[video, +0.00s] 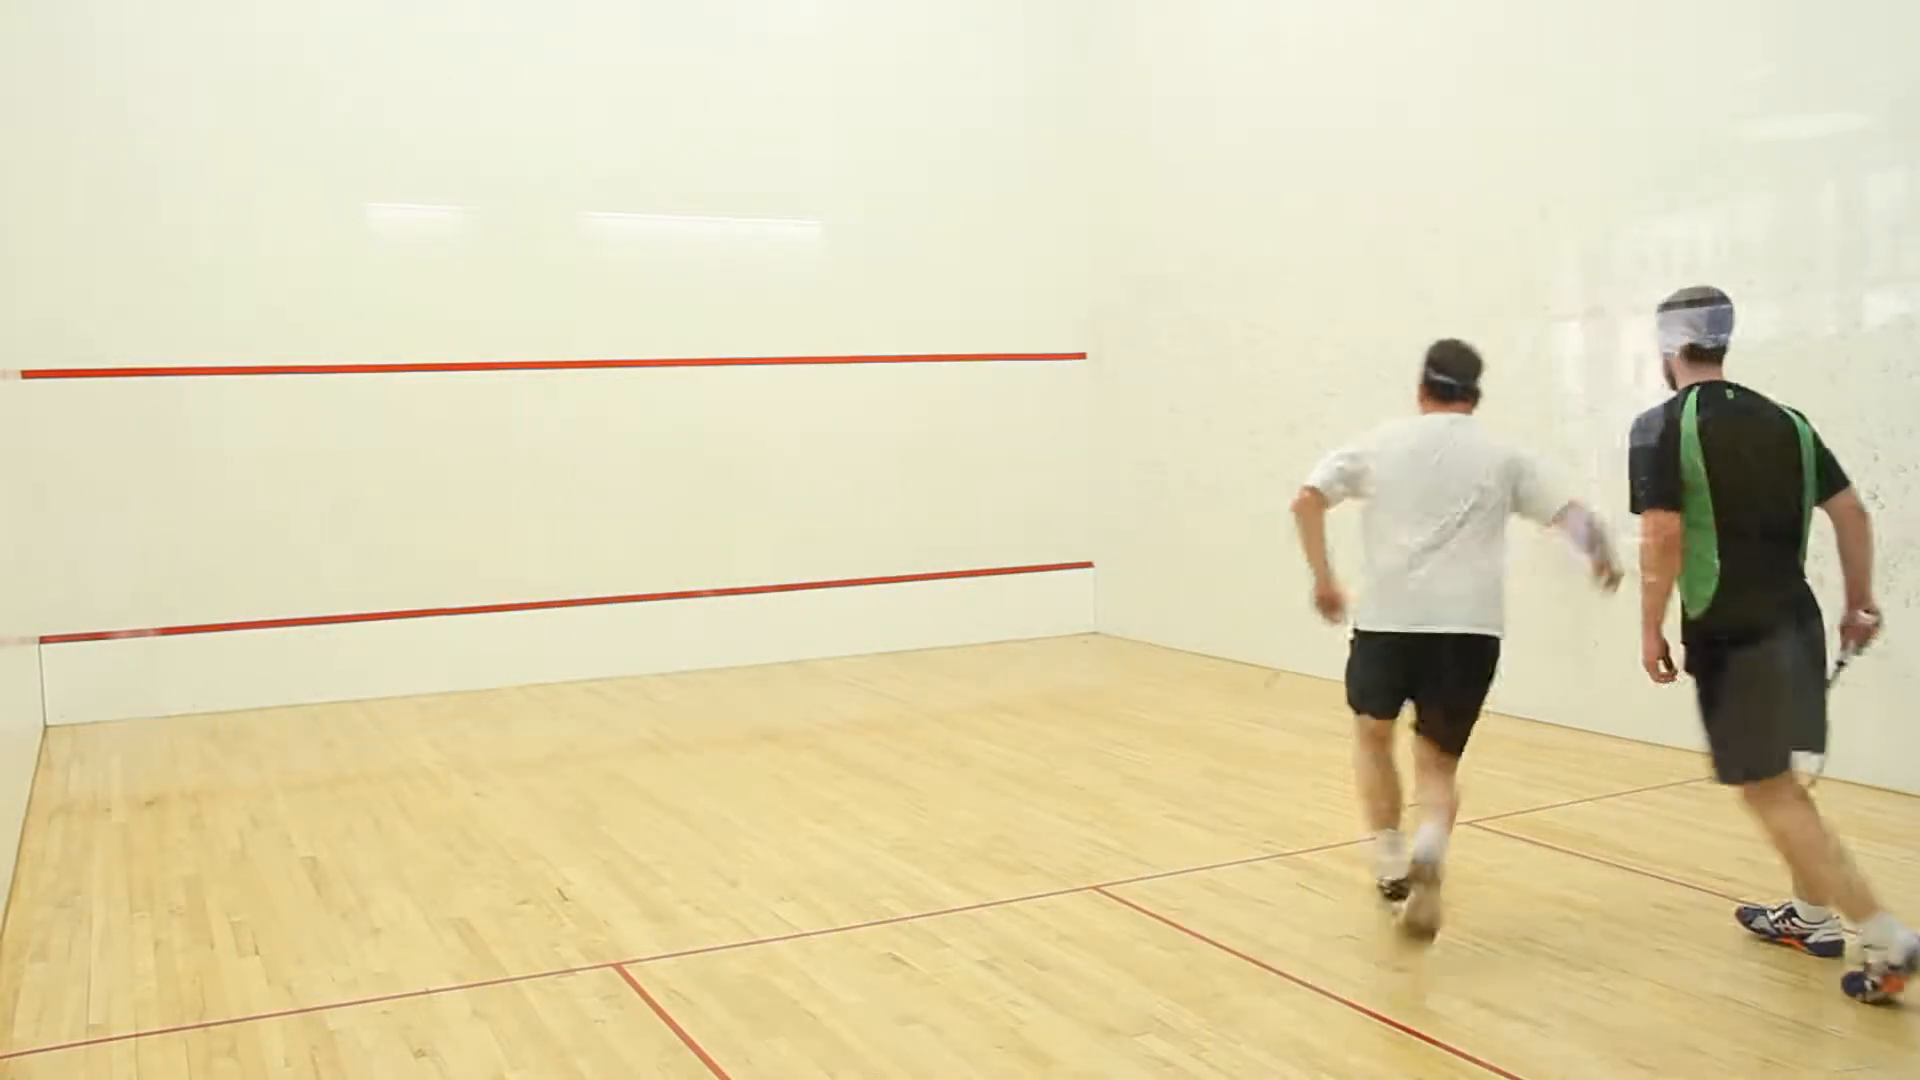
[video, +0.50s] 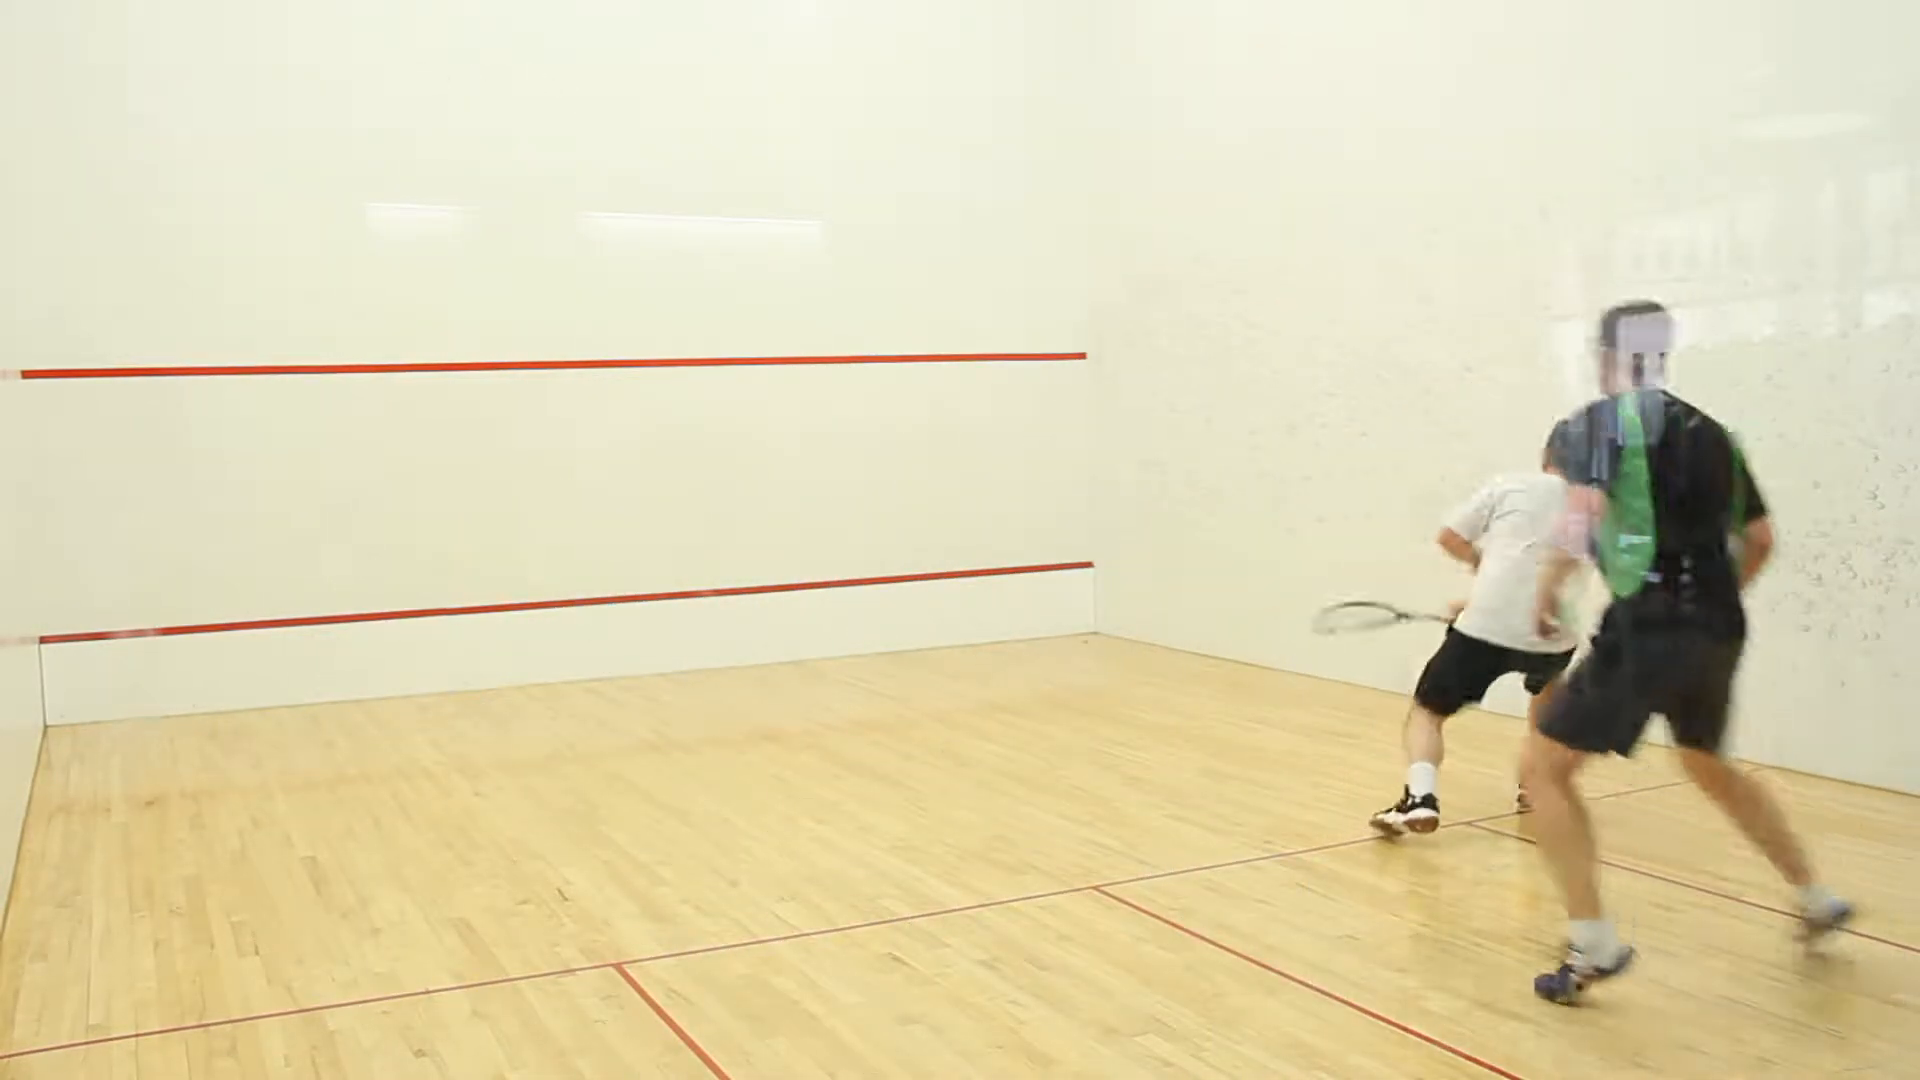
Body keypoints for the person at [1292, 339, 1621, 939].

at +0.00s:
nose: (1434, 397)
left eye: (1428, 386)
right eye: (1462, 393)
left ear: (1422, 389)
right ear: (1476, 396)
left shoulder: (1384, 444)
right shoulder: (1499, 455)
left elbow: (1306, 503)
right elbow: (1575, 515)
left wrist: (1324, 580)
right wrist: (1604, 557)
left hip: (1386, 629)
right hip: (1469, 635)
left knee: (1374, 738)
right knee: (1439, 759)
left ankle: (1391, 861)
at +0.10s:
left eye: (1460, 401)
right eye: (1500, 408)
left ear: (1456, 402)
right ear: (1508, 409)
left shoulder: (1414, 448)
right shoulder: (1517, 462)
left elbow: (1334, 495)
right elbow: (1598, 511)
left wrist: (1349, 560)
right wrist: (1656, 505)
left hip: (1402, 623)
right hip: (1480, 630)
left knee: (1402, 741)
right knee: (1464, 717)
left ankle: (1405, 874)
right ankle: (1464, 811)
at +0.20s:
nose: (1528, 431)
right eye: (1537, 424)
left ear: (1494, 414)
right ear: (1542, 426)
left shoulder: (1443, 449)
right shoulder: (1542, 476)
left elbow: (1365, 473)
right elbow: (1612, 531)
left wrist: (1351, 543)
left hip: (1416, 619)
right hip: (1489, 628)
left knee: (1403, 744)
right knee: (1496, 688)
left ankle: (1398, 854)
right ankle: (1495, 781)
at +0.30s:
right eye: (1563, 445)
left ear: (1524, 436)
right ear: (1569, 448)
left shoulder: (1476, 463)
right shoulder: (1571, 505)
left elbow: (1406, 490)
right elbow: (1612, 572)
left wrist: (1373, 549)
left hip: (1440, 625)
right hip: (1508, 638)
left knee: (1413, 742)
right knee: (1518, 705)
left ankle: (1404, 825)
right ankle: (1531, 783)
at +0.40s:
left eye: (1540, 459)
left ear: (1539, 460)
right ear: (1583, 474)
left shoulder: (1499, 492)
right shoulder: (1585, 525)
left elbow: (1432, 535)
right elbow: (1591, 595)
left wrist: (1423, 573)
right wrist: (1597, 639)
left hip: (1466, 638)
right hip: (1532, 648)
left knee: (1419, 734)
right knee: (1535, 688)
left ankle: (1416, 814)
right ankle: (1534, 779)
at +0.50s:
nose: (1550, 459)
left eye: (1550, 453)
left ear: (1547, 455)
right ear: (1588, 462)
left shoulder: (1508, 487)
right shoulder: (1596, 507)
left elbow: (1450, 535)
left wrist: (1489, 567)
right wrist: (1475, 605)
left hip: (1487, 626)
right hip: (1552, 640)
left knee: (1428, 709)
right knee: (1550, 687)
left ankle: (1420, 798)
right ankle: (1533, 784)